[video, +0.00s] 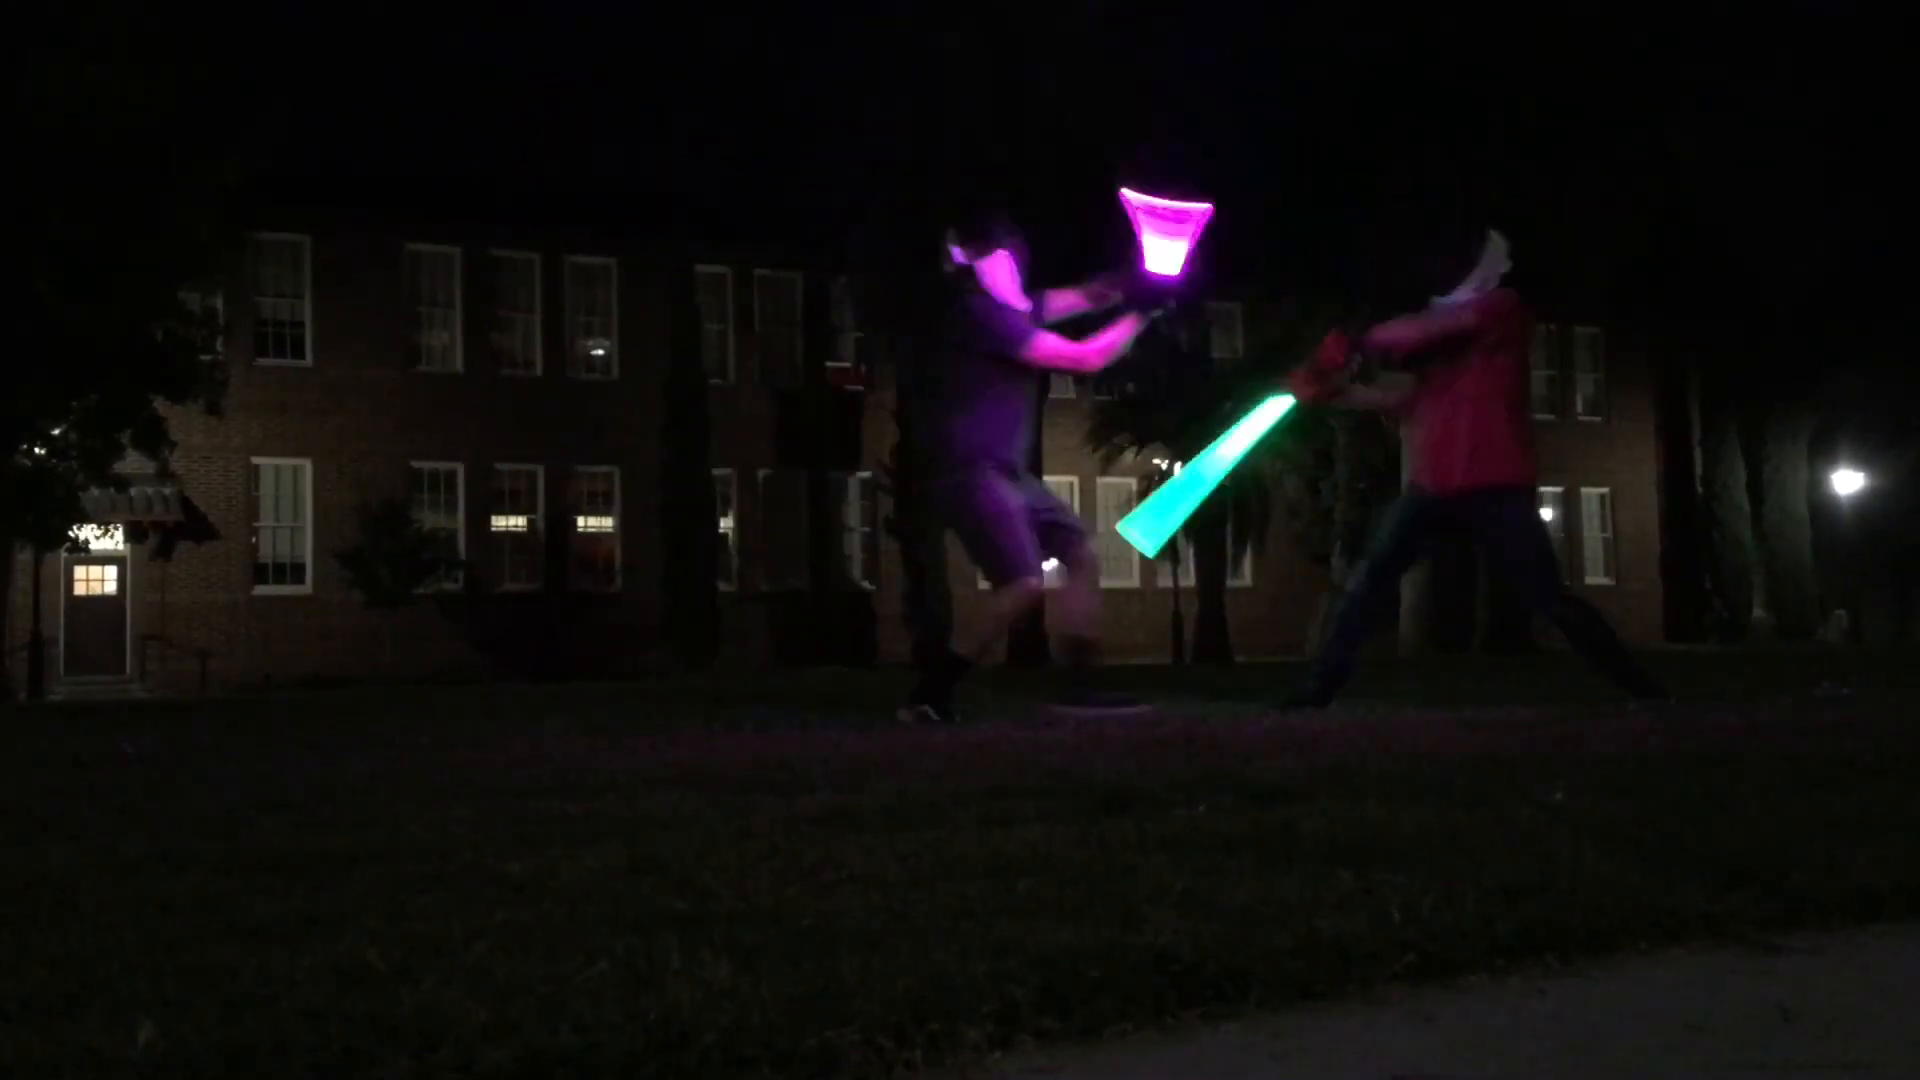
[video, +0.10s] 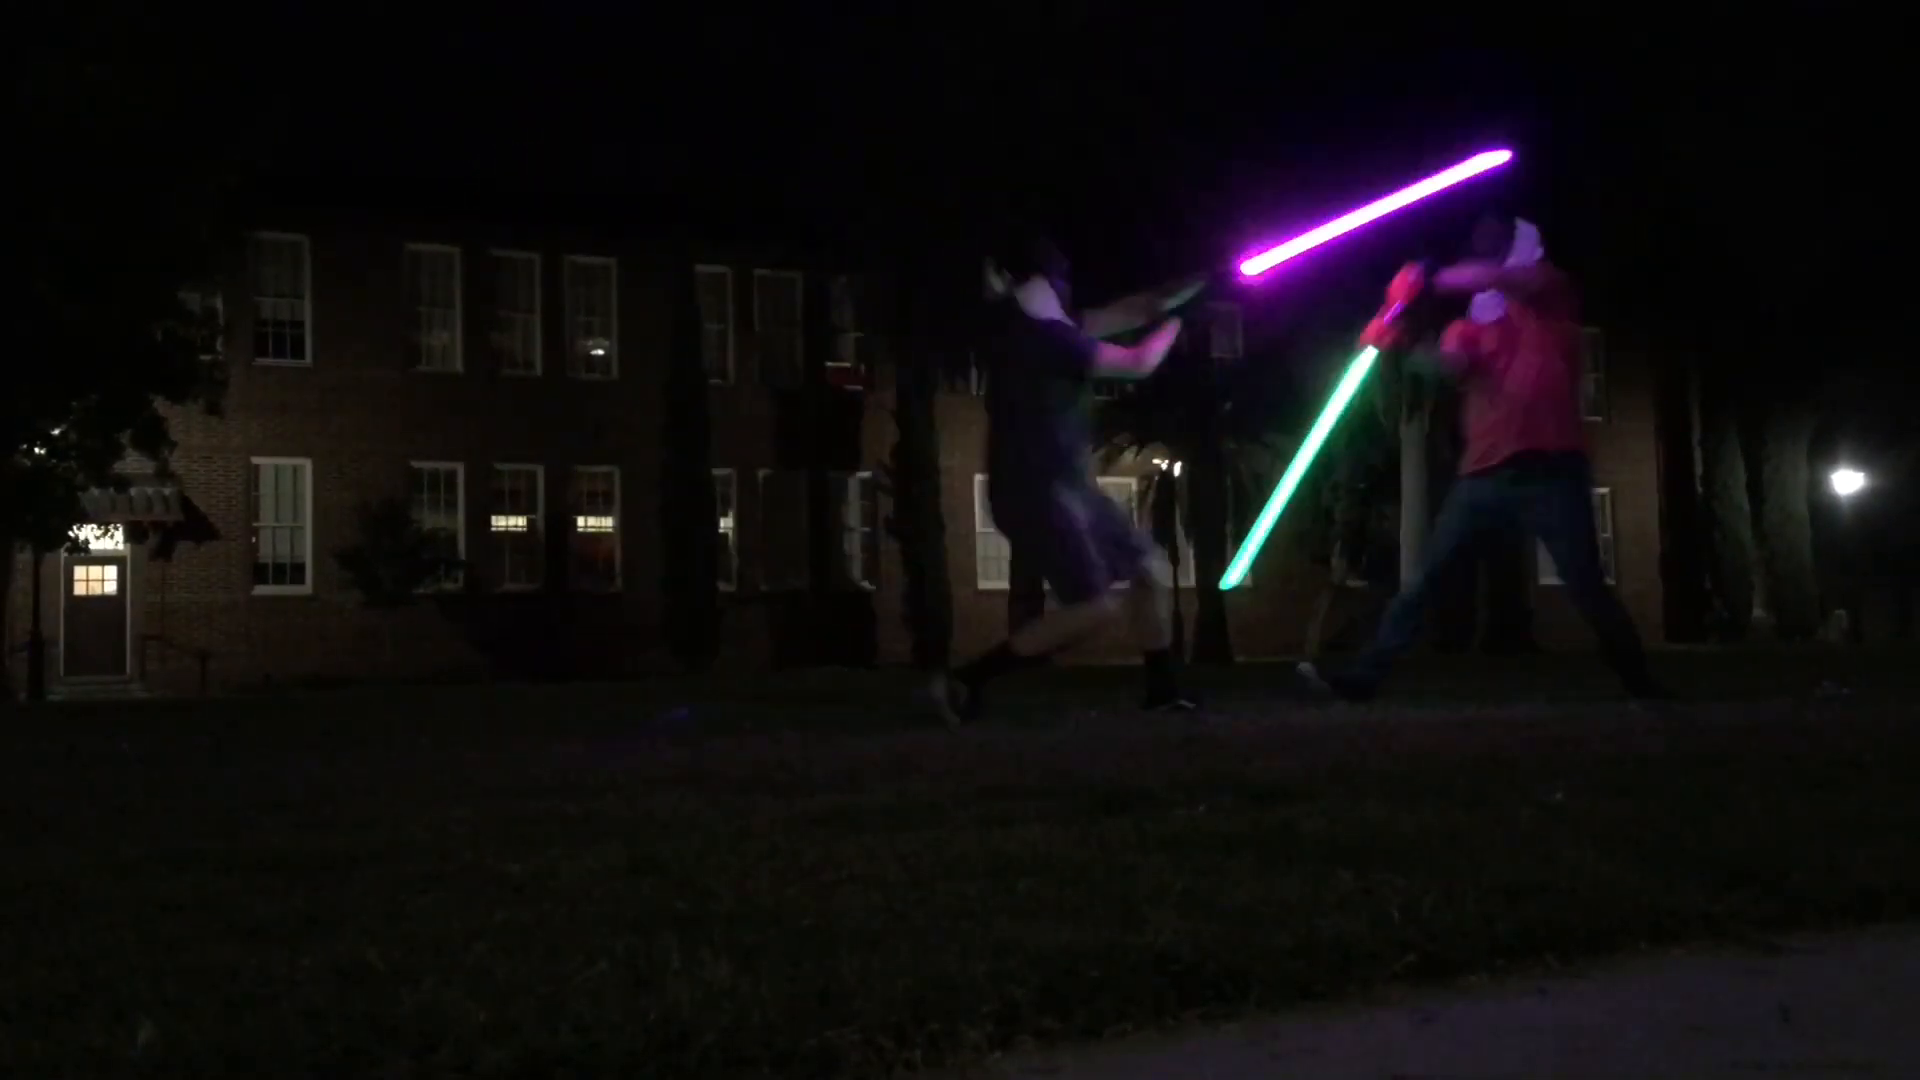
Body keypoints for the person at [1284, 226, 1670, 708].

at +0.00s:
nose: (1449, 282)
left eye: (1460, 271)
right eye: (1450, 273)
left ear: (1485, 274)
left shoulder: (1502, 310)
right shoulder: (1441, 330)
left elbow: (1431, 331)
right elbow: (1406, 398)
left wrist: (1367, 343)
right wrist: (1338, 392)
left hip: (1495, 482)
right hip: (1436, 485)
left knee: (1548, 598)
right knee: (1373, 584)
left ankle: (1640, 688)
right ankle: (1317, 690)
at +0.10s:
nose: (1491, 275)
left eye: (1502, 266)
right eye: (1486, 267)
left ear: (1527, 262)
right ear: (1484, 271)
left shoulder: (1554, 301)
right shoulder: (1474, 325)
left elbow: (1499, 277)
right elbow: (1444, 359)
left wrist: (1430, 280)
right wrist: (1398, 341)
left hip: (1550, 466)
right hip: (1484, 471)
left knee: (1587, 586)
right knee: (1431, 580)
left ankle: (1644, 687)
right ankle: (1361, 678)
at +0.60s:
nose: (1626, 266)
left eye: (1638, 254)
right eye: (1624, 257)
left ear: (1667, 244)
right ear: (1632, 250)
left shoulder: (1702, 286)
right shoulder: (1618, 300)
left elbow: (1642, 269)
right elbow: (1544, 289)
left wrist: (1584, 231)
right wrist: (1548, 223)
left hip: (1713, 455)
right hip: (1646, 462)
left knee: (1789, 571)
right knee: (1607, 578)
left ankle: (1882, 670)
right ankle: (1573, 689)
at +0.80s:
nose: (1682, 239)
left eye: (1696, 228)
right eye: (1682, 228)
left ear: (1727, 234)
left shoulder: (1762, 286)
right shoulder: (1681, 305)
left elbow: (1726, 346)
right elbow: (1635, 353)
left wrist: (1653, 347)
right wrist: (1599, 328)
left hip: (1769, 457)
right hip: (1700, 464)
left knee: (1828, 572)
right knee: (1649, 575)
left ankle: (1887, 676)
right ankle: (1595, 678)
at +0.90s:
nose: (1697, 240)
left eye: (1710, 227)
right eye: (1695, 228)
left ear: (1738, 230)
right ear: (1698, 235)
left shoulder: (1772, 280)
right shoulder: (1690, 301)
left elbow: (1748, 353)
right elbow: (1656, 364)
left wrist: (1681, 366)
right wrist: (1633, 369)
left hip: (1773, 451)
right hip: (1707, 457)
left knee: (1828, 568)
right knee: (1653, 567)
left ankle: (1887, 675)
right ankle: (1601, 677)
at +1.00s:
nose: (1697, 246)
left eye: (1709, 232)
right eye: (1694, 234)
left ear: (1737, 232)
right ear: (1691, 236)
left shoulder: (1771, 283)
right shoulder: (1683, 302)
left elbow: (1746, 356)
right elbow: (1657, 362)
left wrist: (1673, 379)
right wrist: (1640, 381)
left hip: (1775, 450)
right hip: (1704, 457)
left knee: (1825, 566)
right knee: (1653, 564)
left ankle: (1884, 672)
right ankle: (1604, 674)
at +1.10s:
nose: (1682, 261)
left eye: (1694, 248)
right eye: (1677, 252)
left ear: (1722, 242)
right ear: (1672, 252)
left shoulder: (1754, 290)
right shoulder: (1667, 307)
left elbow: (1727, 361)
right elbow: (1643, 365)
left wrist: (1649, 386)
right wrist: (1615, 383)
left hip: (1761, 452)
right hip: (1693, 460)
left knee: (1820, 567)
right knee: (1637, 564)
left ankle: (1885, 673)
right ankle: (1608, 674)